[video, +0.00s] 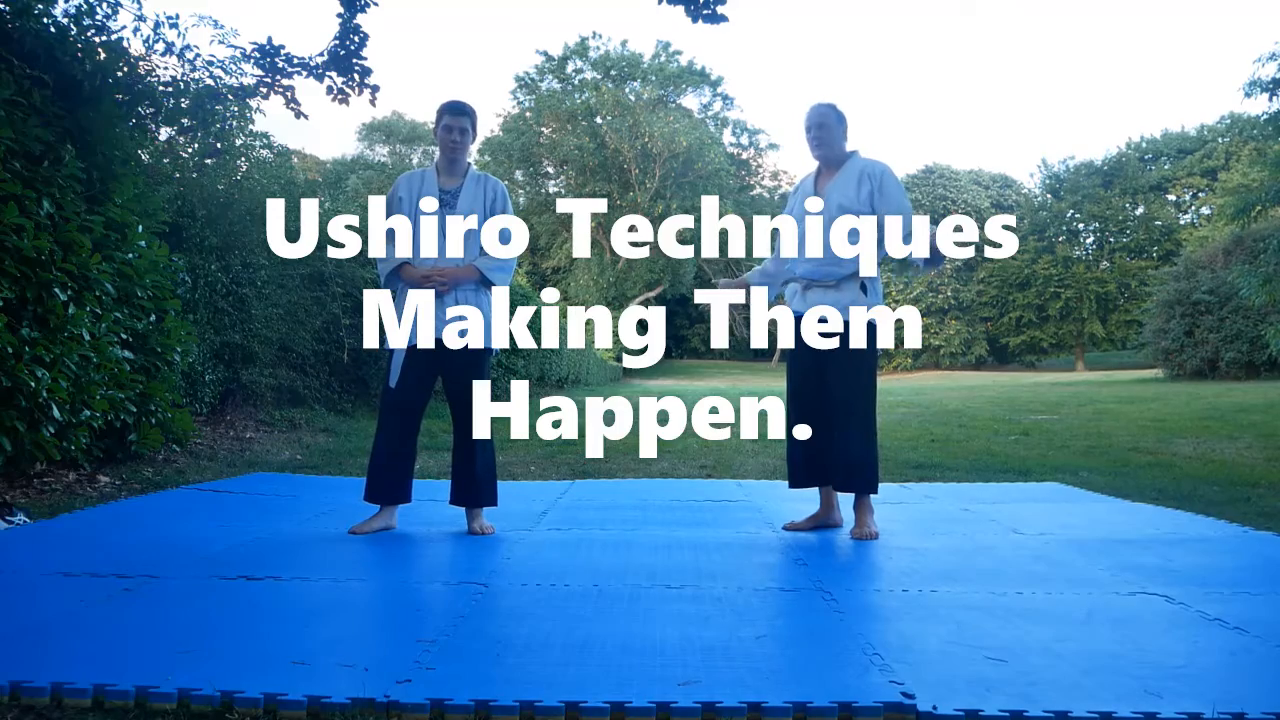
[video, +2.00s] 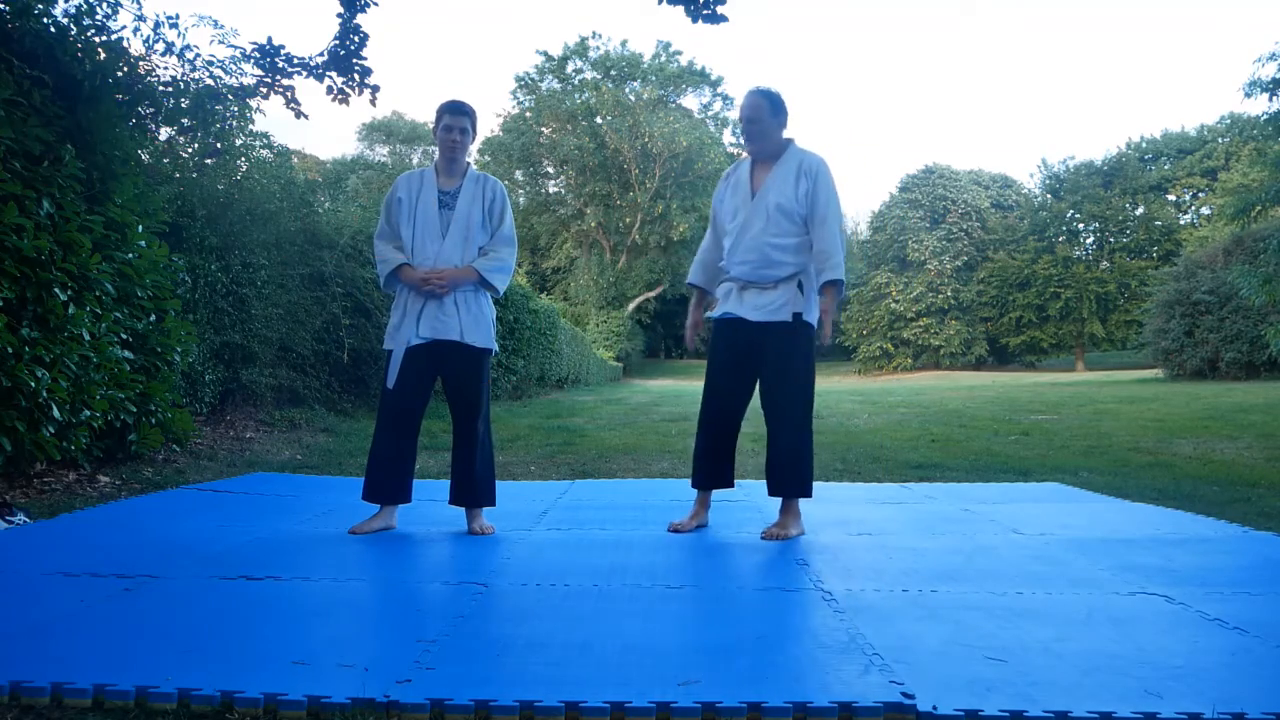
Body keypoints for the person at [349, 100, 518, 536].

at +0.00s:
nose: (455, 137)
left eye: (463, 131)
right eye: (448, 129)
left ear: (474, 139)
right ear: (435, 133)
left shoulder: (492, 190)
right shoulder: (406, 185)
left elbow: (504, 258)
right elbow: (388, 253)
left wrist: (457, 273)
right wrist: (416, 275)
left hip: (470, 321)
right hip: (414, 319)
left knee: (472, 415)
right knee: (398, 411)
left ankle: (475, 512)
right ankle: (387, 510)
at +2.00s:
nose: (454, 137)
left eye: (462, 131)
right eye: (447, 129)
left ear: (473, 139)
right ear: (434, 133)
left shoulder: (492, 191)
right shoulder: (406, 185)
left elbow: (503, 256)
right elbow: (383, 247)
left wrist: (456, 275)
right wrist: (413, 276)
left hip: (469, 322)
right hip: (414, 319)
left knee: (472, 420)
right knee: (397, 415)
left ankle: (475, 513)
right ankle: (387, 511)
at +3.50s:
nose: (514, 160)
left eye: (517, 153)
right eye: (512, 150)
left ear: (499, 147)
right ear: (489, 140)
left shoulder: (497, 203)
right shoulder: (439, 178)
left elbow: (496, 266)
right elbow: (410, 238)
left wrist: (502, 317)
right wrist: (432, 290)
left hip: (475, 325)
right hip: (424, 317)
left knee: (478, 412)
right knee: (400, 413)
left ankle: (463, 508)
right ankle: (386, 510)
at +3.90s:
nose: (557, 168)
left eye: (562, 163)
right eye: (557, 158)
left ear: (544, 154)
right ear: (536, 145)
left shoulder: (528, 207)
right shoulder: (496, 174)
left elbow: (523, 272)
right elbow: (468, 221)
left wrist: (531, 318)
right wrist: (463, 268)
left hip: (502, 320)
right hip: (471, 311)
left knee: (490, 409)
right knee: (466, 406)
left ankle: (465, 503)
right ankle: (455, 503)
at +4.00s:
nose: (567, 170)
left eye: (572, 164)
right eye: (567, 159)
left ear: (551, 155)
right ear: (545, 147)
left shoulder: (532, 199)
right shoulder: (510, 175)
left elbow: (529, 269)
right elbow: (486, 223)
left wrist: (541, 314)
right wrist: (501, 268)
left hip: (507, 315)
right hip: (491, 310)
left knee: (478, 408)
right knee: (505, 406)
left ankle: (461, 506)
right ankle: (512, 509)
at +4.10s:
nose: (573, 170)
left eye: (578, 164)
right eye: (573, 159)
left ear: (554, 152)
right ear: (552, 147)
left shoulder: (533, 190)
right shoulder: (519, 175)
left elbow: (528, 262)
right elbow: (500, 229)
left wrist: (549, 308)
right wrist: (531, 263)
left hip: (511, 310)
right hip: (499, 307)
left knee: (483, 407)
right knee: (517, 408)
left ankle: (462, 506)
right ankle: (543, 511)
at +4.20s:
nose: (587, 167)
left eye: (591, 161)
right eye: (585, 157)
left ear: (566, 149)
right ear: (564, 144)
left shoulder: (546, 188)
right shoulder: (534, 176)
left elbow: (530, 257)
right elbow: (531, 233)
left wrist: (555, 301)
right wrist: (581, 263)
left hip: (524, 306)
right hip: (516, 305)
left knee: (498, 406)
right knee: (535, 409)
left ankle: (464, 505)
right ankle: (556, 513)